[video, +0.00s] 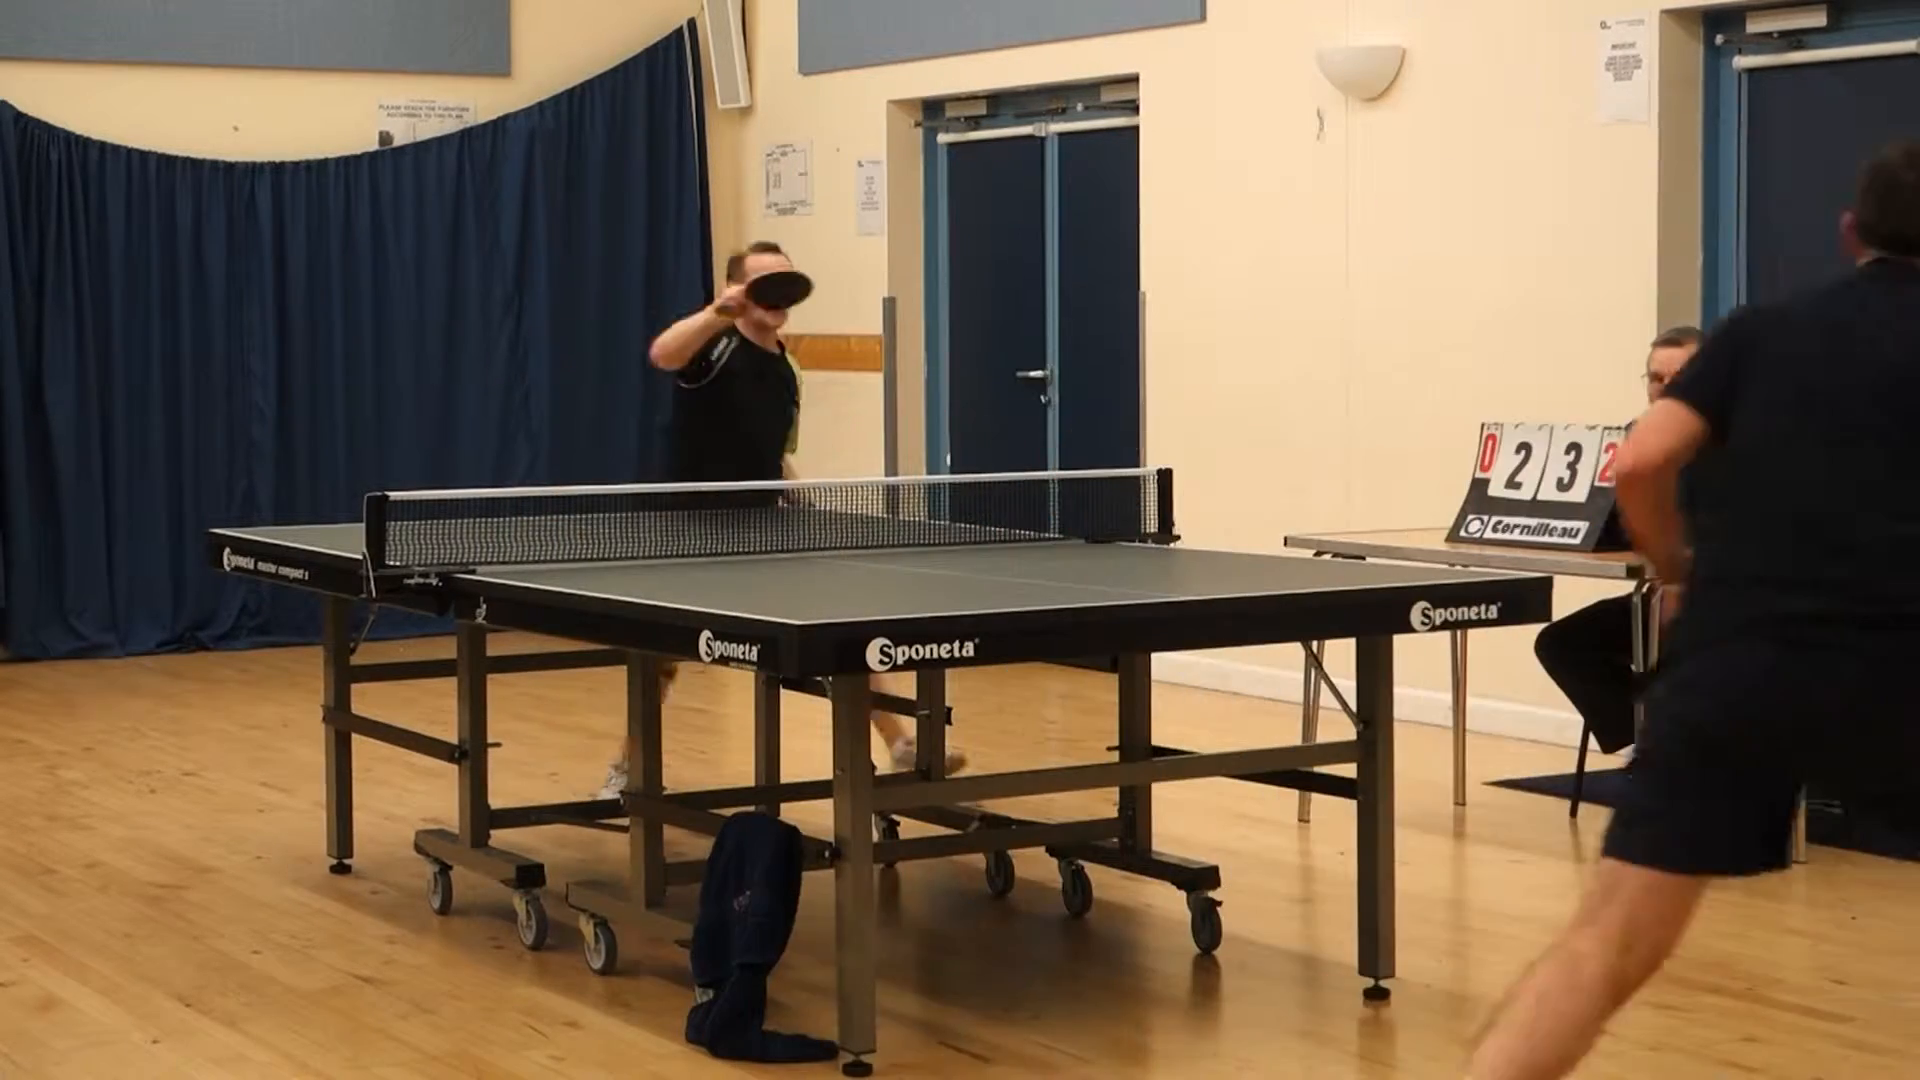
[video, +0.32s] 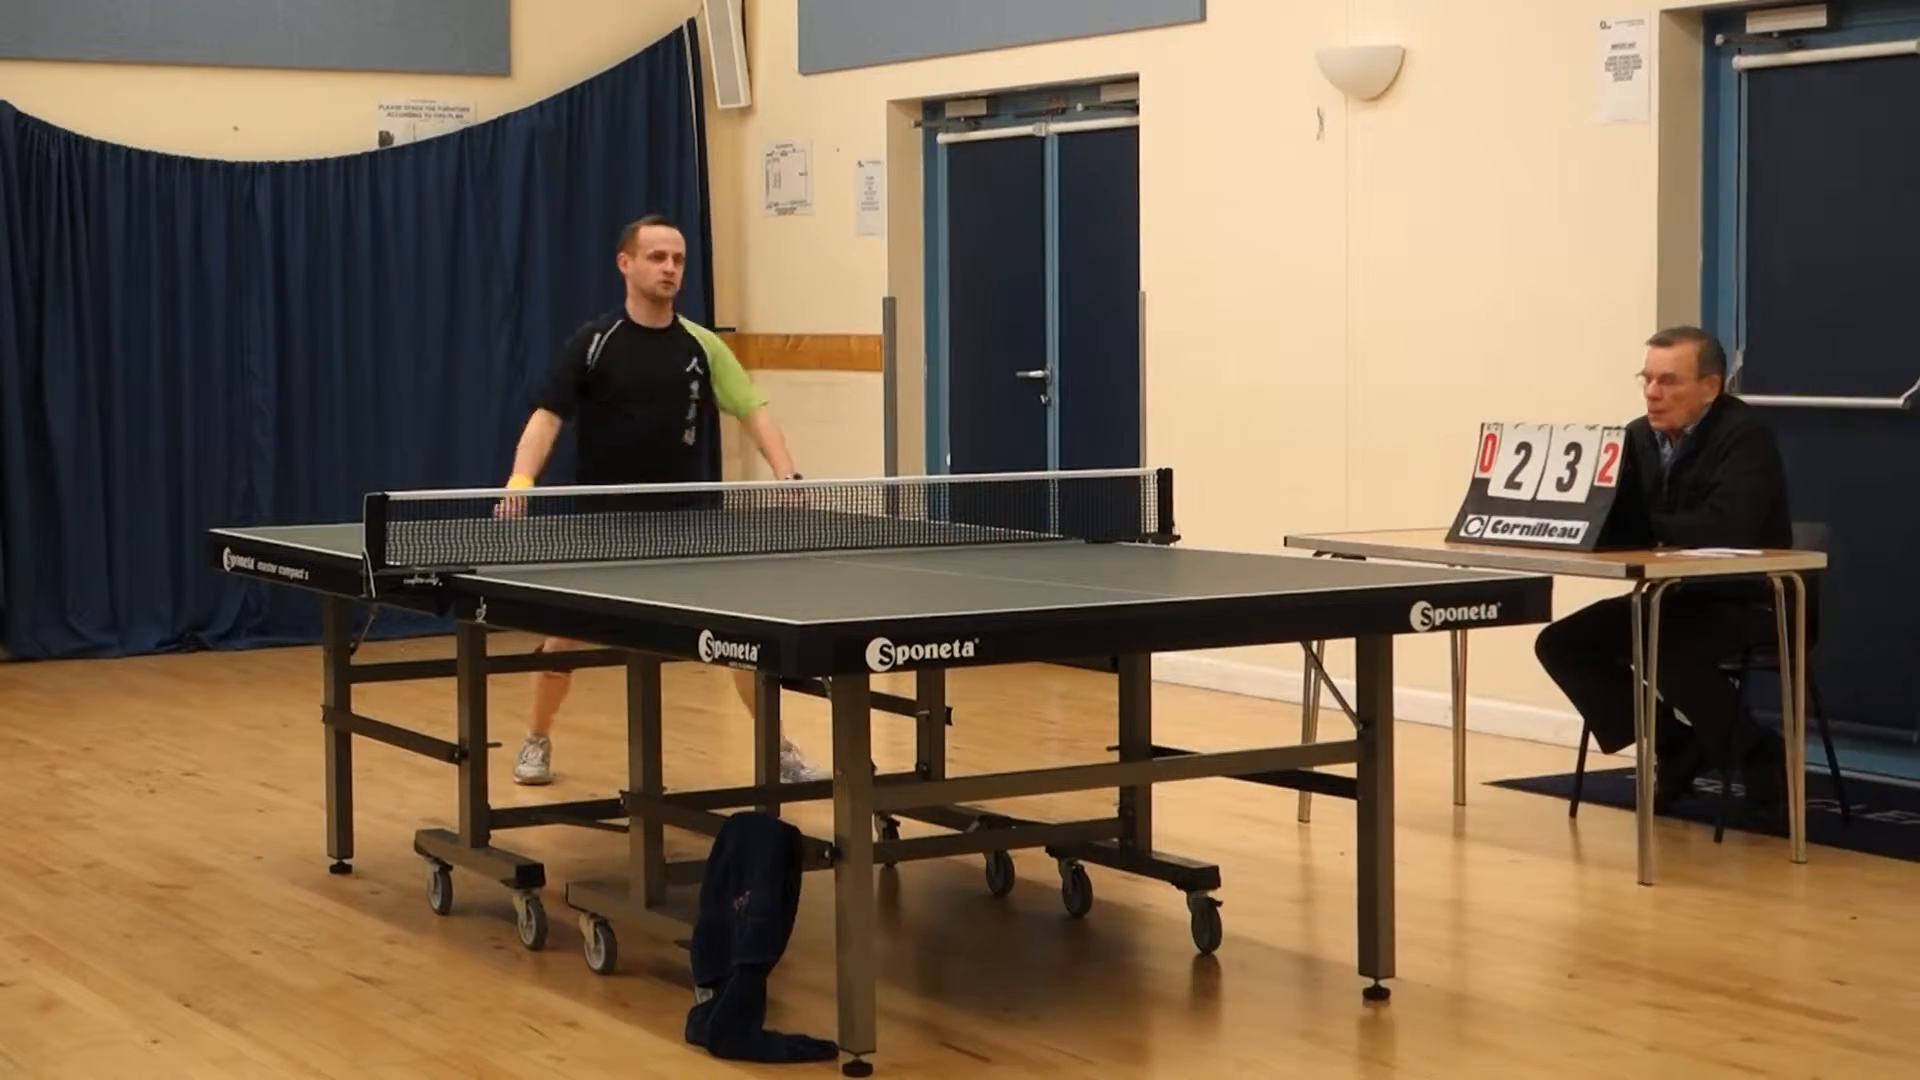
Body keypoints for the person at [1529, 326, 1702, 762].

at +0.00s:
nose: (1666, 390)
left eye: (1679, 379)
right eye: (1657, 379)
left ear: (1704, 383)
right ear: (1646, 381)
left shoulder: (1722, 445)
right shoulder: (1639, 440)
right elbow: (1602, 534)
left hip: (1720, 602)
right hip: (1662, 595)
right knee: (1559, 643)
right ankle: (1646, 742)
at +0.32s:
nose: (1652, 390)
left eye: (1667, 380)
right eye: (1647, 378)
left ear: (1710, 387)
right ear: (1641, 379)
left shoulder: (1746, 436)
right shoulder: (1640, 437)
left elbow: (1733, 527)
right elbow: (1611, 518)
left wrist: (1643, 530)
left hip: (1753, 600)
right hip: (1671, 595)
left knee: (1667, 646)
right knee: (1561, 644)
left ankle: (1759, 754)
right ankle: (1673, 741)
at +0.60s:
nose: (1651, 378)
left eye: (1666, 368)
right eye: (1650, 366)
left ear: (1710, 379)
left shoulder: (1750, 434)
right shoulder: (1645, 435)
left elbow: (1736, 526)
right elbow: (1617, 519)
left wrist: (1643, 528)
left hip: (1753, 598)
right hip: (1671, 594)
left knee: (1666, 645)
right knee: (1562, 644)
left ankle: (1756, 751)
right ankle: (1672, 741)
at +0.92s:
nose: (1649, 370)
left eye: (1664, 359)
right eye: (1648, 359)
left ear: (1709, 368)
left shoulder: (1754, 429)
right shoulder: (1647, 430)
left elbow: (1751, 520)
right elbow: (1618, 527)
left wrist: (1660, 471)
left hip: (1749, 596)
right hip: (1669, 592)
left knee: (1668, 647)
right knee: (1561, 645)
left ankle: (1750, 748)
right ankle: (1671, 741)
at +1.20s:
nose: (1652, 366)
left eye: (1667, 354)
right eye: (1650, 355)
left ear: (1711, 361)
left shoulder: (1755, 423)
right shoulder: (1651, 428)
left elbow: (1721, 491)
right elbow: (1618, 525)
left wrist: (1642, 445)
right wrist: (1577, 454)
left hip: (1753, 594)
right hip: (1672, 592)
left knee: (1669, 646)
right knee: (1563, 644)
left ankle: (1751, 748)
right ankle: (1672, 740)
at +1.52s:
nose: (1651, 365)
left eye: (1665, 353)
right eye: (1649, 354)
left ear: (1710, 359)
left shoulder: (1754, 419)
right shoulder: (1652, 428)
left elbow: (1707, 467)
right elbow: (1615, 524)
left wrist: (1627, 424)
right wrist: (1563, 450)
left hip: (1753, 595)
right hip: (1675, 592)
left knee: (1665, 646)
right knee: (1562, 643)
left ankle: (1752, 747)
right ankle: (1673, 742)